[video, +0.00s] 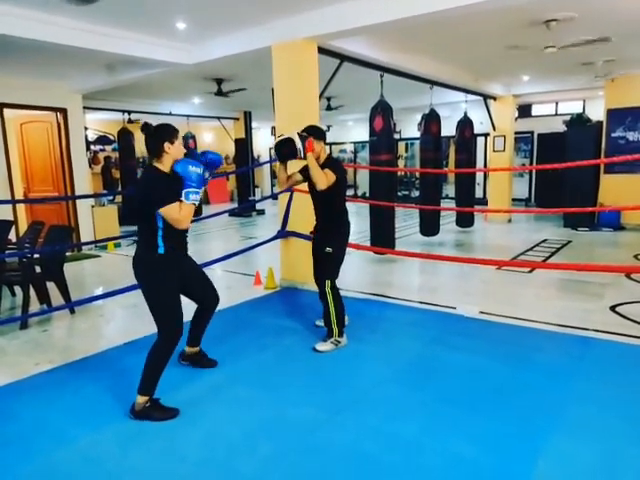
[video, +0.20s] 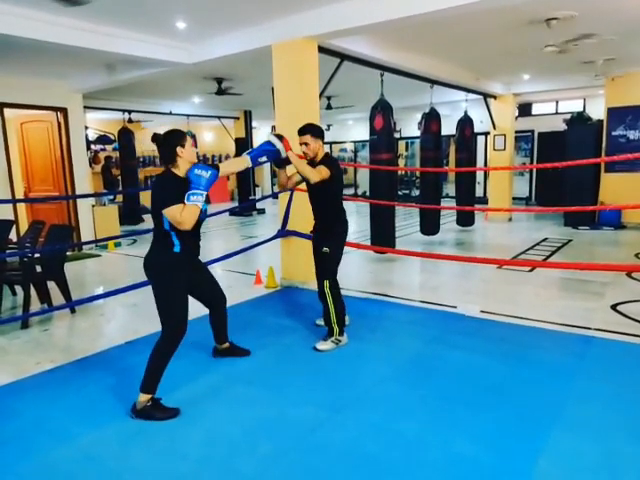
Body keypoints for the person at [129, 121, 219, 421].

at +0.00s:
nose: (183, 148)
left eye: (182, 142)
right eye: (180, 142)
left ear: (164, 148)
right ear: (167, 147)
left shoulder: (172, 176)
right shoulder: (152, 181)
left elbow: (185, 211)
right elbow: (182, 221)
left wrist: (200, 178)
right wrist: (193, 187)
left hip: (175, 259)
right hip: (154, 264)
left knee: (209, 298)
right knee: (171, 331)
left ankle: (192, 350)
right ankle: (142, 401)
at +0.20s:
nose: (196, 151)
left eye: (195, 146)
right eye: (192, 146)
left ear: (181, 151)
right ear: (179, 151)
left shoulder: (191, 176)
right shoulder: (163, 185)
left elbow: (229, 166)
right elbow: (185, 221)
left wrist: (256, 155)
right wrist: (198, 188)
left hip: (187, 262)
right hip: (165, 265)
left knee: (217, 300)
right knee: (174, 329)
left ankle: (222, 345)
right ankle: (144, 400)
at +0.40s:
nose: (201, 144)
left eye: (199, 139)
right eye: (198, 140)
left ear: (176, 147)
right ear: (190, 145)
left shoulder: (167, 175)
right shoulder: (207, 163)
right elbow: (248, 160)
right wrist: (255, 140)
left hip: (172, 248)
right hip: (189, 250)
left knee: (211, 290)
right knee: (180, 314)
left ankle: (222, 343)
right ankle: (140, 368)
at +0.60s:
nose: (196, 149)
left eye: (195, 145)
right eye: (193, 145)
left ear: (173, 148)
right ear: (181, 147)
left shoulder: (160, 175)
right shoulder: (193, 174)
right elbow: (230, 195)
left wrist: (208, 187)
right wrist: (231, 177)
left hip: (168, 250)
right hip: (184, 252)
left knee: (214, 292)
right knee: (187, 315)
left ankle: (225, 343)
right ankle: (147, 367)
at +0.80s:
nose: (192, 146)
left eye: (191, 141)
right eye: (189, 141)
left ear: (172, 144)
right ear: (176, 143)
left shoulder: (171, 170)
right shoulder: (171, 174)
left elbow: (196, 201)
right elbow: (200, 208)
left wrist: (204, 177)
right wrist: (204, 177)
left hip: (173, 248)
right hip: (163, 250)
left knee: (204, 291)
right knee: (169, 313)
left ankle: (217, 341)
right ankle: (144, 371)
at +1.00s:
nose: (189, 146)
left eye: (189, 141)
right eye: (186, 141)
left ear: (172, 144)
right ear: (172, 144)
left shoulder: (179, 170)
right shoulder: (162, 174)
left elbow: (197, 203)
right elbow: (194, 208)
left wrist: (202, 171)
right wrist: (201, 176)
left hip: (183, 246)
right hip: (163, 249)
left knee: (202, 296)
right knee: (171, 309)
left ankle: (191, 344)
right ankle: (145, 370)